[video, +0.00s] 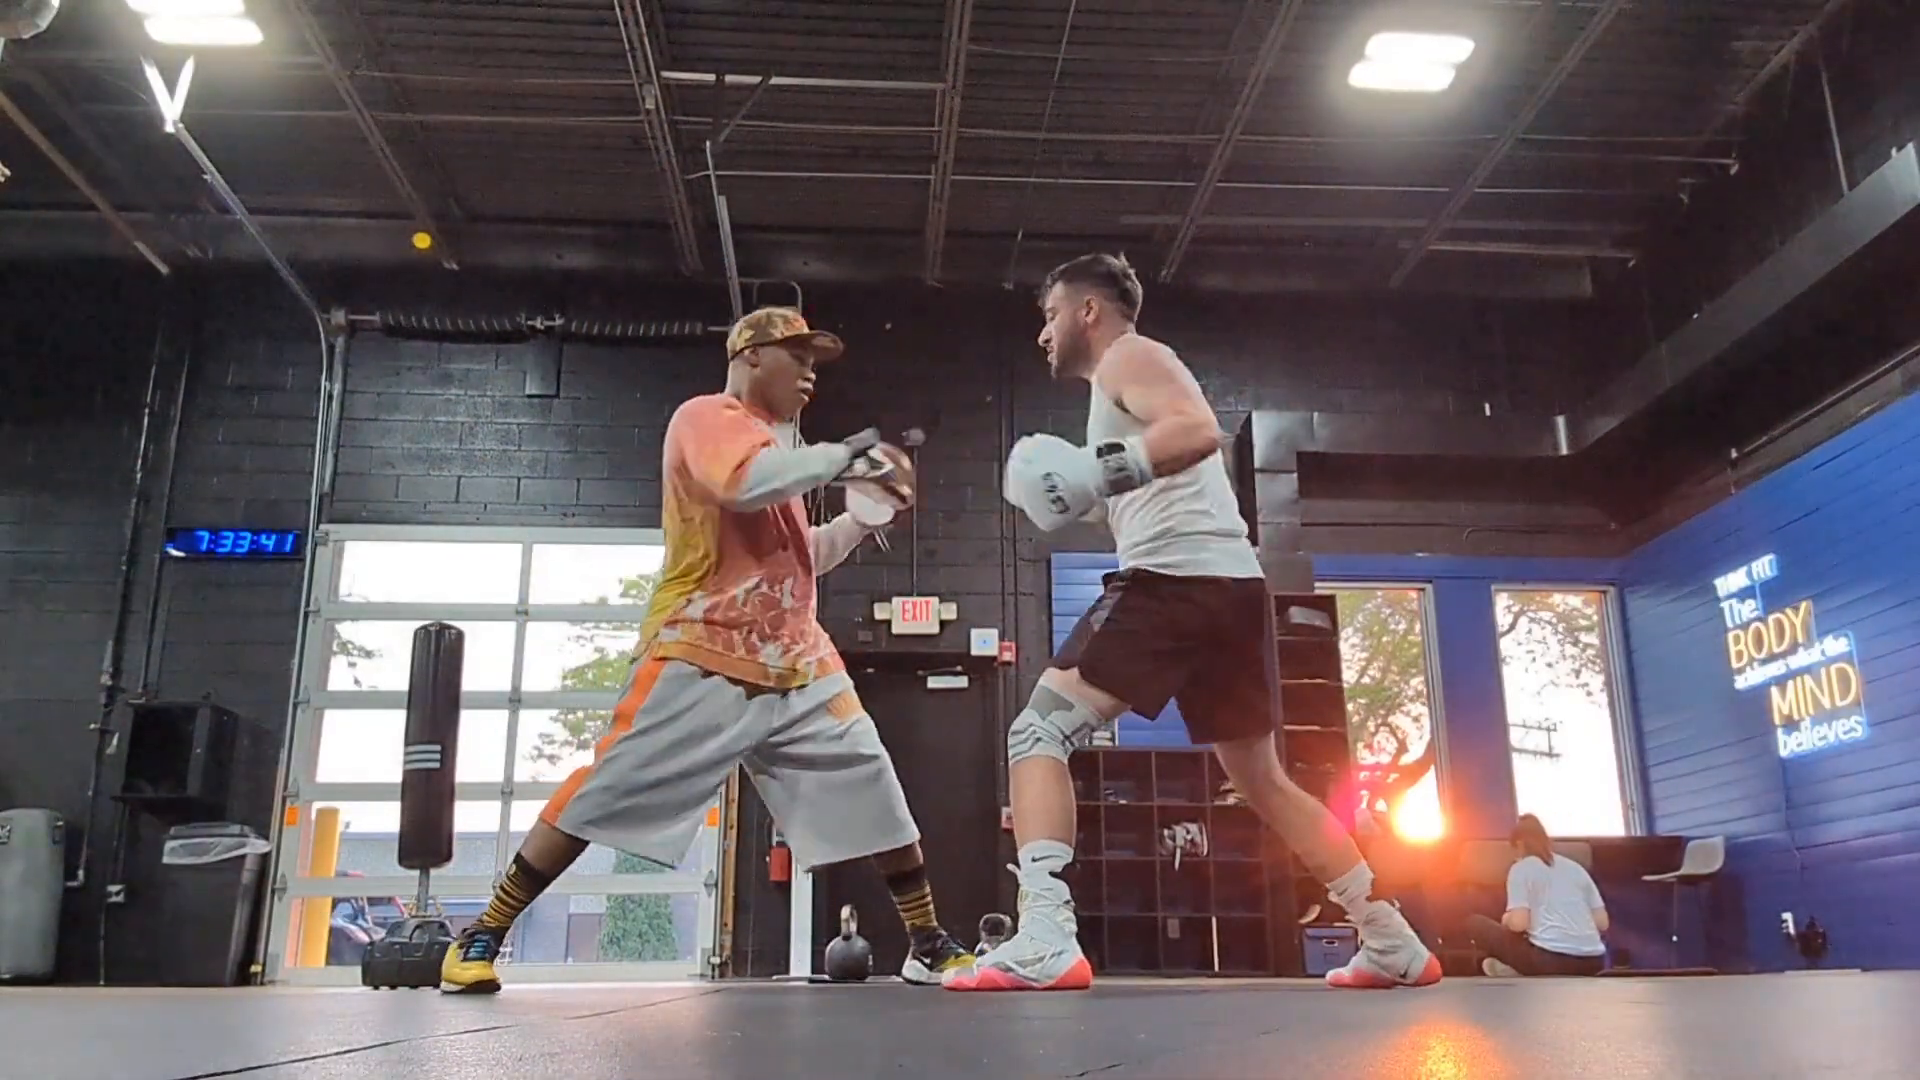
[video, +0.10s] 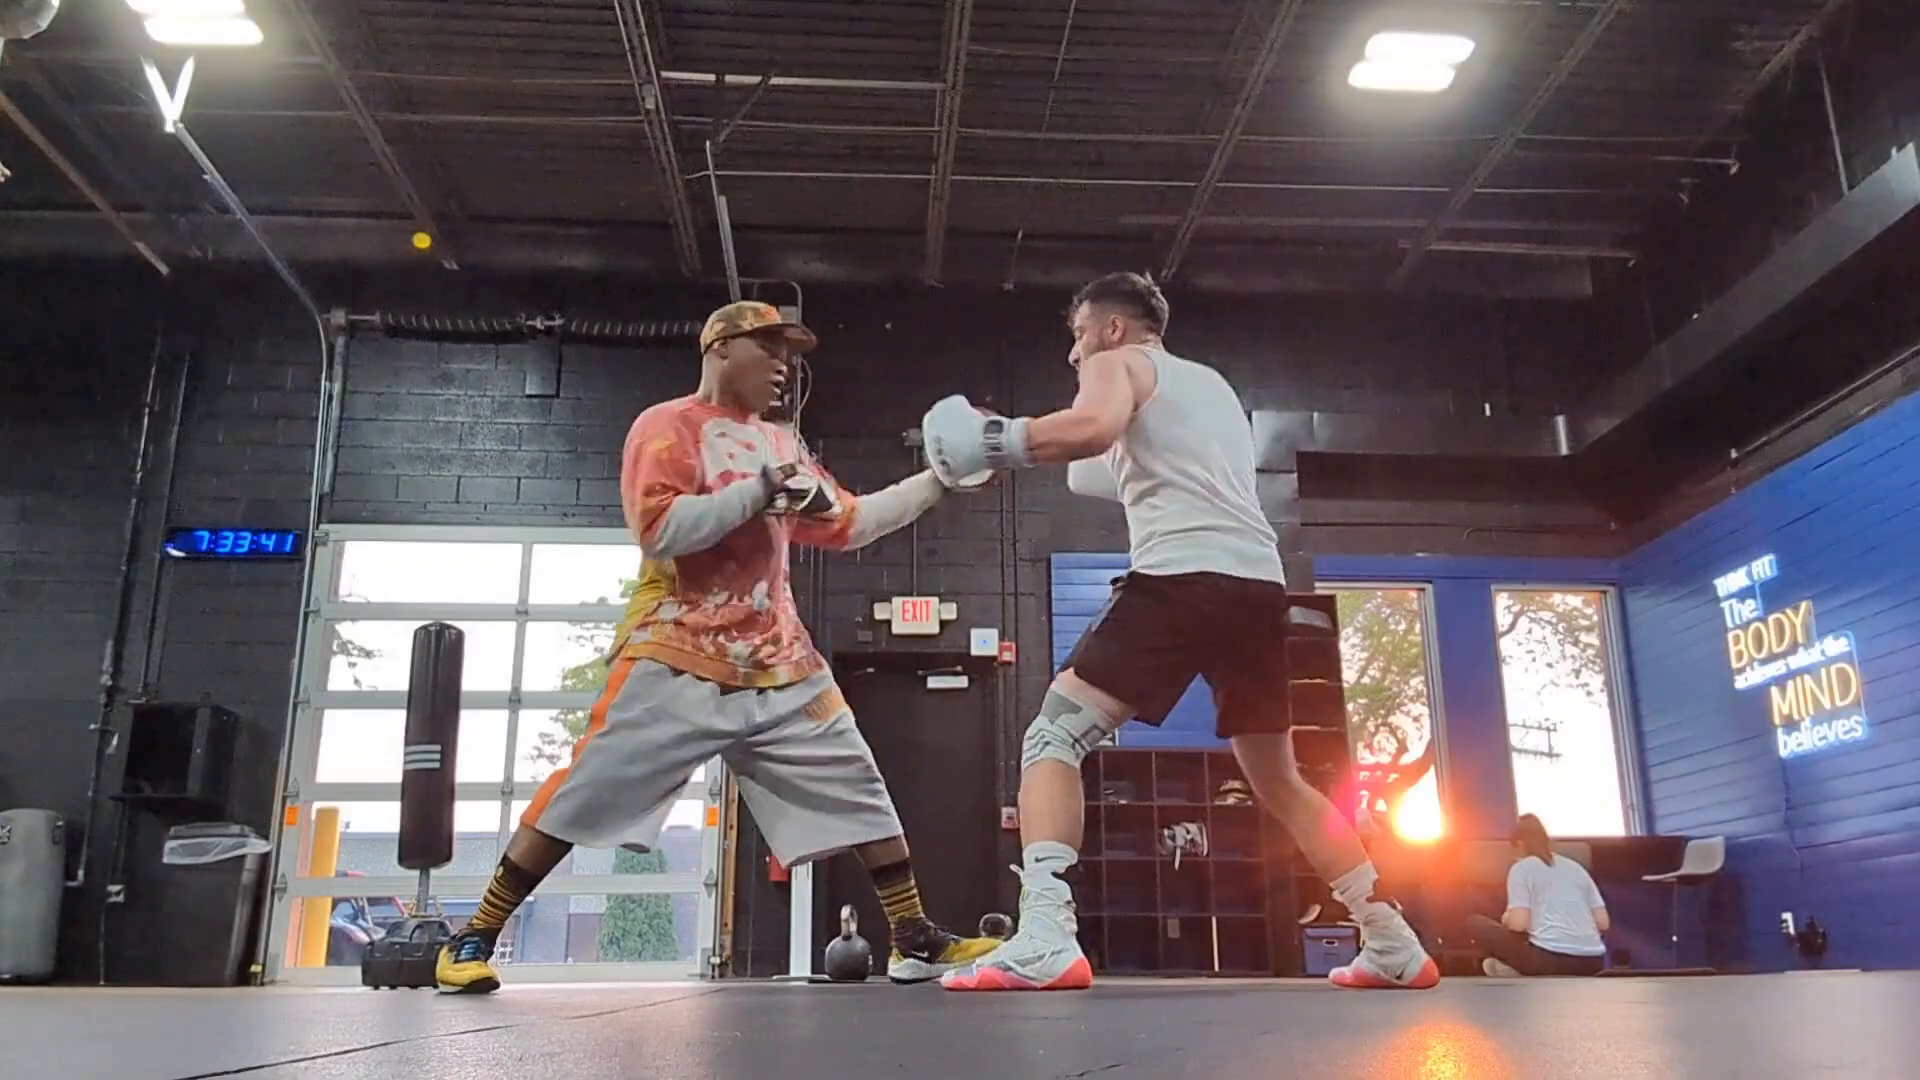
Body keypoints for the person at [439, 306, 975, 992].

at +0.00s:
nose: (813, 377)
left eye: (815, 365)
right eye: (800, 360)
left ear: (777, 370)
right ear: (752, 359)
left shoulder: (782, 452)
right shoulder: (704, 415)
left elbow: (800, 559)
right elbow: (739, 483)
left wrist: (861, 517)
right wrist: (845, 453)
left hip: (796, 648)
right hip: (704, 643)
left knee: (873, 773)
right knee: (607, 785)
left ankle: (929, 944)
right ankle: (484, 937)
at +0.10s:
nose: (786, 368)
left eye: (790, 358)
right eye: (773, 352)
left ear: (780, 370)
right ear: (723, 353)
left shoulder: (782, 445)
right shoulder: (665, 425)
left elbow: (850, 522)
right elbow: (660, 529)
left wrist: (943, 477)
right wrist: (762, 491)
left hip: (778, 648)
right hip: (677, 643)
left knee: (855, 774)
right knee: (592, 783)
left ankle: (916, 939)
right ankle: (476, 937)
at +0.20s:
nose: (776, 373)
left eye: (782, 361)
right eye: (759, 356)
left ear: (783, 371)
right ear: (710, 359)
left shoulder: (789, 449)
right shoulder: (657, 435)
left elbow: (875, 504)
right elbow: (647, 532)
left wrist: (957, 457)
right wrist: (727, 464)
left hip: (776, 641)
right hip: (675, 640)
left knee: (861, 764)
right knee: (596, 776)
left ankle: (862, 928)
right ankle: (480, 935)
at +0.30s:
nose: (818, 385)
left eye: (820, 373)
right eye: (803, 368)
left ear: (810, 383)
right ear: (757, 371)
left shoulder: (809, 469)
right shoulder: (697, 433)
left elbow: (823, 577)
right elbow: (713, 485)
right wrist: (750, 386)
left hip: (783, 655)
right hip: (692, 649)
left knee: (856, 782)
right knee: (605, 782)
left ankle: (854, 943)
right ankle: (484, 935)